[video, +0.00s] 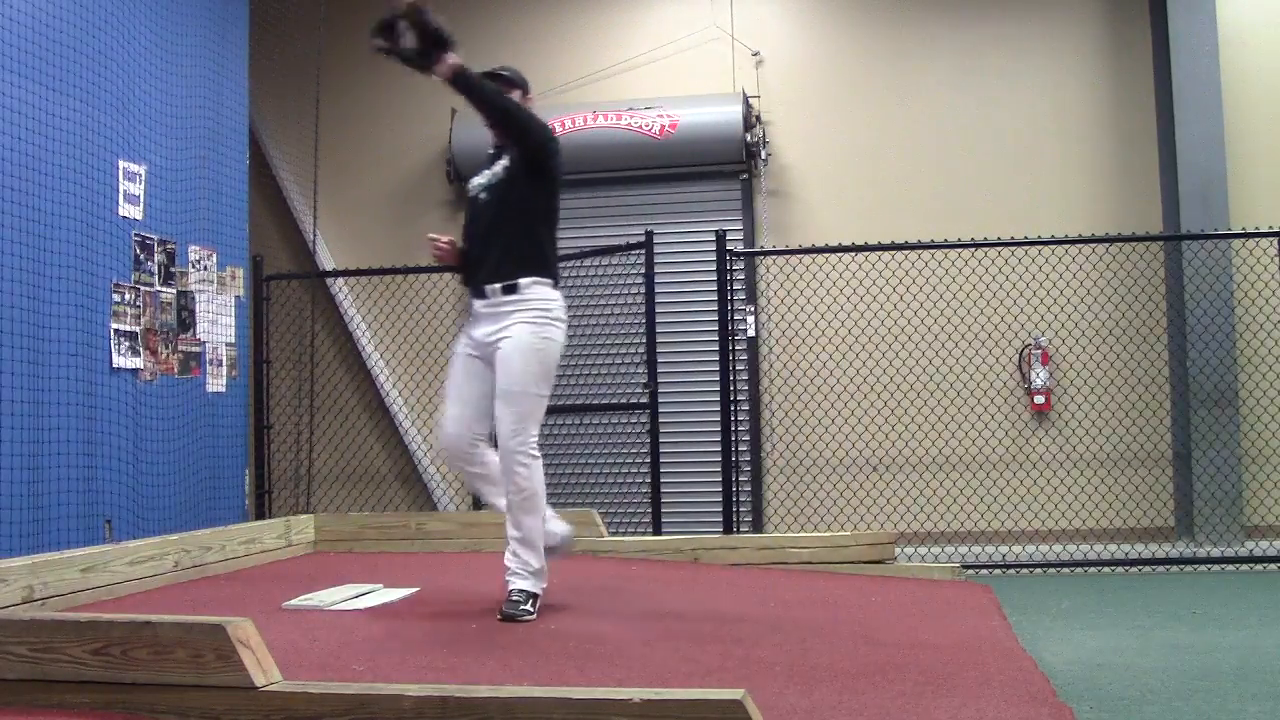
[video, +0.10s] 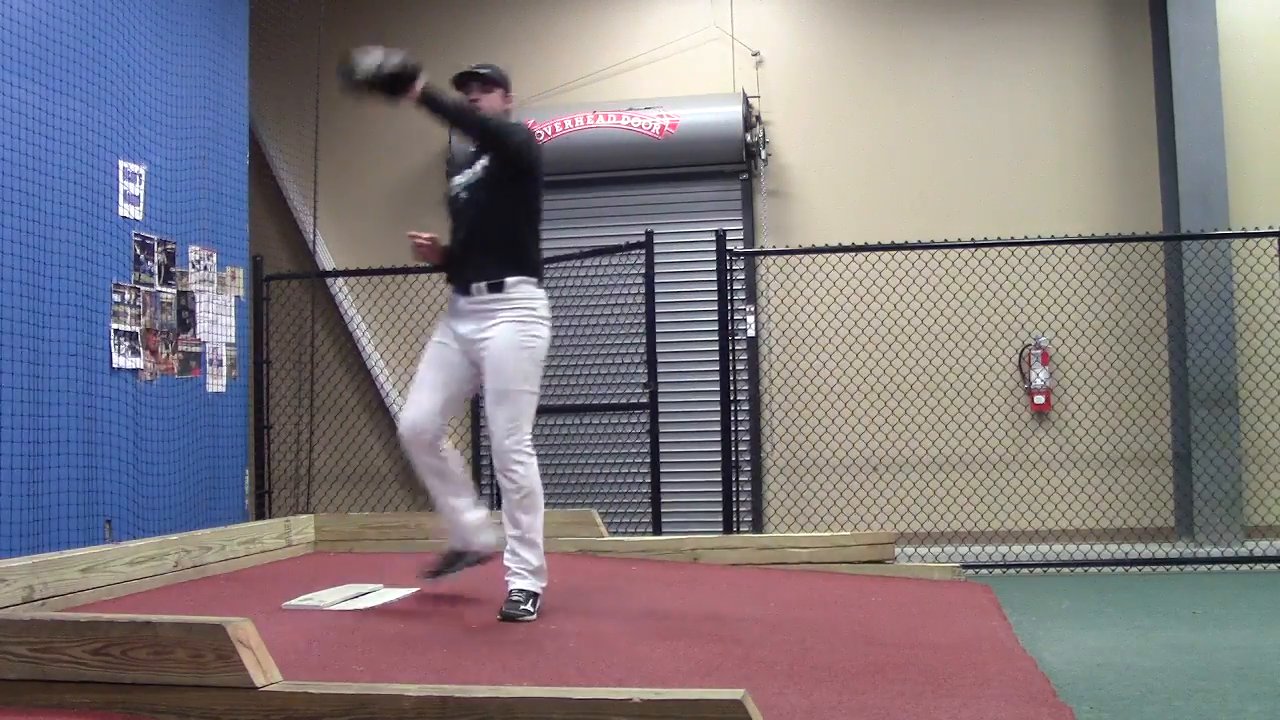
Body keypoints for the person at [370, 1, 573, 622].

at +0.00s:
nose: (497, 110)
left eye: (506, 99)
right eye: (488, 102)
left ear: (528, 102)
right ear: (479, 111)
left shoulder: (543, 152)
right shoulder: (482, 179)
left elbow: (509, 115)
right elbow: (492, 256)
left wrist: (447, 67)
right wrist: (459, 256)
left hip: (529, 312)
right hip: (480, 318)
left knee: (517, 444)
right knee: (457, 439)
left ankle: (524, 580)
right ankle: (546, 528)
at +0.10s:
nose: (473, 98)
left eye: (484, 90)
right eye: (465, 93)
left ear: (507, 99)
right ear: (458, 101)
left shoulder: (521, 144)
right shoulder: (460, 162)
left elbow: (476, 129)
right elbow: (478, 250)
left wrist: (418, 93)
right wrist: (444, 253)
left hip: (514, 312)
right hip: (462, 315)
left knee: (510, 446)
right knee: (418, 427)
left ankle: (526, 580)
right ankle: (471, 535)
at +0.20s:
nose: (451, 102)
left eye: (462, 92)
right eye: (444, 96)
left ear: (486, 100)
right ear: (439, 106)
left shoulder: (500, 148)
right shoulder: (439, 166)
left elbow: (497, 176)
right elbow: (454, 249)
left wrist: (416, 145)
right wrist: (417, 255)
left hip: (498, 313)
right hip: (443, 315)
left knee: (502, 447)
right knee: (395, 429)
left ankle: (524, 582)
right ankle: (387, 555)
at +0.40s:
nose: (399, 127)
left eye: (408, 117)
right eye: (391, 119)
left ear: (431, 115)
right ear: (381, 123)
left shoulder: (463, 170)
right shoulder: (376, 180)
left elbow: (490, 236)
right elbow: (364, 247)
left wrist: (428, 230)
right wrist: (367, 260)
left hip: (453, 326)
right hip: (389, 325)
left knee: (479, 448)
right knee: (364, 446)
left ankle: (516, 579)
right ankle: (345, 567)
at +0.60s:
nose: (373, 137)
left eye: (383, 128)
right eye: (365, 128)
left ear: (403, 118)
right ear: (353, 121)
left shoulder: (437, 164)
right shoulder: (338, 172)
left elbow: (468, 223)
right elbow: (317, 238)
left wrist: (451, 247)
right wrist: (327, 282)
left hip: (432, 314)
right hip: (366, 314)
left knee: (451, 433)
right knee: (357, 442)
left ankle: (450, 568)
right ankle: (344, 565)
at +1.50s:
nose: (421, 101)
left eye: (423, 93)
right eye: (411, 93)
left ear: (416, 102)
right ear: (380, 97)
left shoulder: (429, 166)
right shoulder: (341, 153)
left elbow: (437, 231)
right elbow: (293, 218)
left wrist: (448, 276)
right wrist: (336, 267)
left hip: (408, 311)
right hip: (349, 308)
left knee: (396, 440)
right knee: (345, 437)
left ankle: (391, 564)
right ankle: (337, 564)